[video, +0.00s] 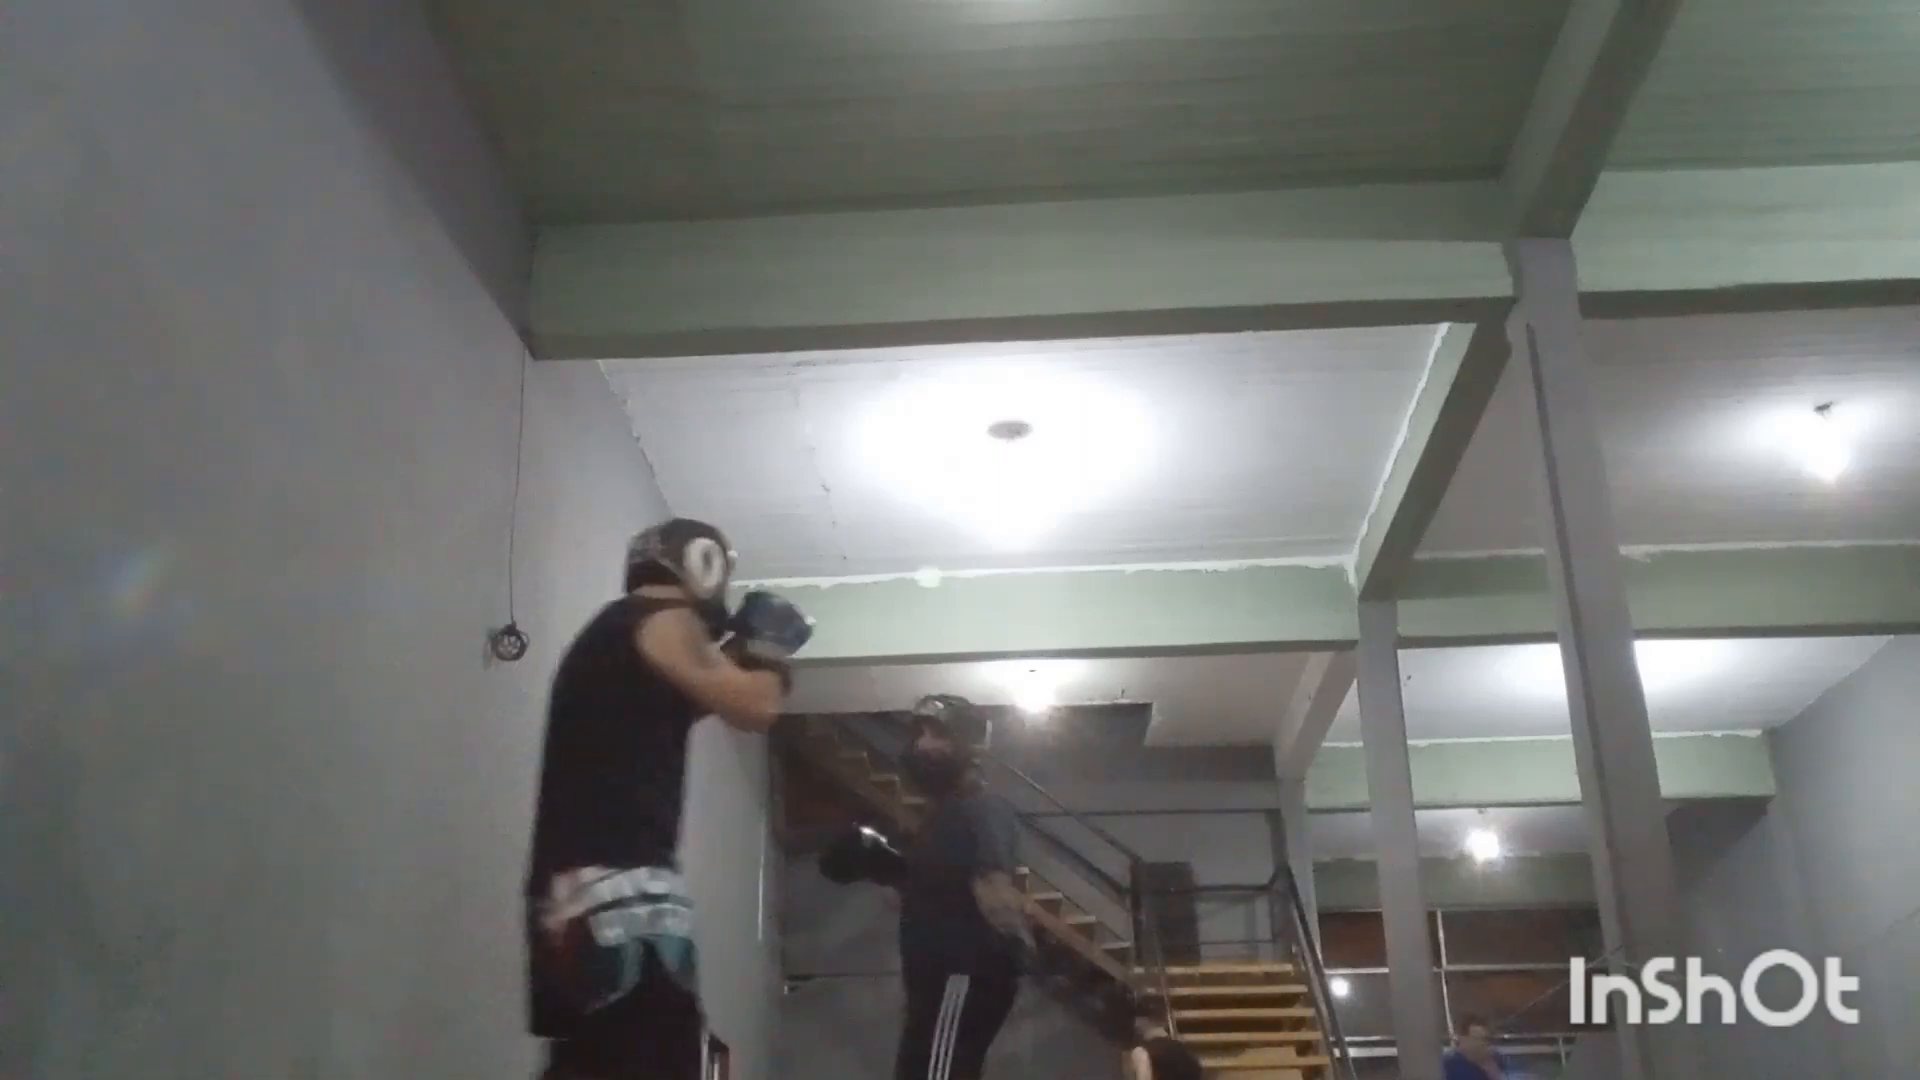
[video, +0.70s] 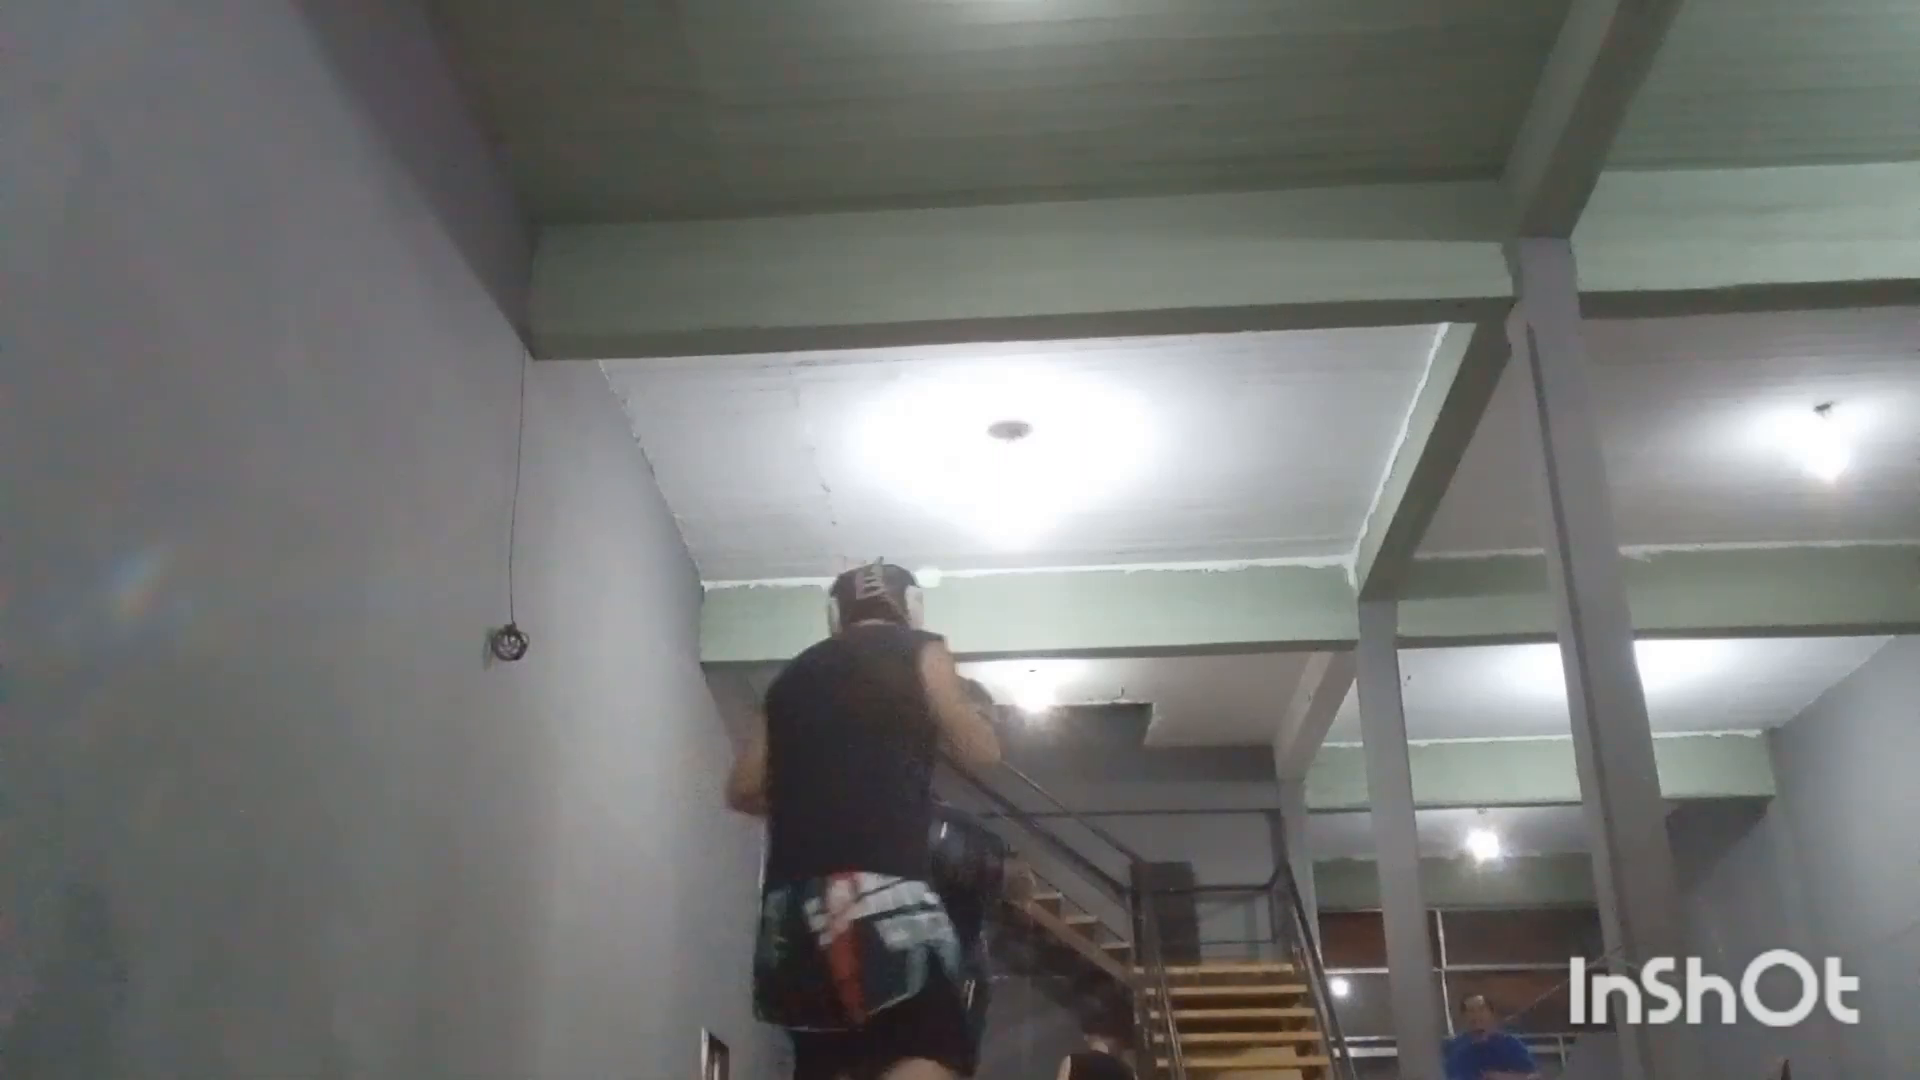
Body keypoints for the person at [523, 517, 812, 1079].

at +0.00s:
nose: (725, 584)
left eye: (725, 571)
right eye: (721, 568)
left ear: (645, 564)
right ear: (698, 563)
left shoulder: (608, 630)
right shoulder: (662, 620)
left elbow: (673, 701)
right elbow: (756, 705)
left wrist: (732, 647)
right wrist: (769, 648)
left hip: (565, 885)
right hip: (619, 886)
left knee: (595, 1051)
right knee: (659, 1052)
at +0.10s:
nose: (757, 581)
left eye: (758, 568)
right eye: (753, 565)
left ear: (679, 563)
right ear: (729, 562)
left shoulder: (643, 631)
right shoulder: (703, 619)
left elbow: (726, 719)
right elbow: (796, 709)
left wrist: (767, 649)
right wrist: (806, 647)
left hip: (611, 866)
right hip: (662, 867)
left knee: (646, 1046)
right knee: (690, 1049)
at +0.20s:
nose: (789, 576)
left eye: (788, 563)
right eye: (783, 561)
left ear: (710, 563)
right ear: (761, 559)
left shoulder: (680, 631)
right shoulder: (741, 619)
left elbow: (753, 749)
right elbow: (829, 712)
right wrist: (838, 653)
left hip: (649, 858)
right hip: (699, 859)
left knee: (690, 1033)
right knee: (716, 1029)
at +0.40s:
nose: (854, 594)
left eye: (853, 581)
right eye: (848, 580)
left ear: (776, 587)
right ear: (826, 582)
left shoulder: (733, 654)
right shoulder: (824, 640)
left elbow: (689, 749)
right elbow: (913, 724)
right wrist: (908, 681)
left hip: (705, 877)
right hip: (769, 883)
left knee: (729, 1050)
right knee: (764, 1054)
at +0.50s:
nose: (883, 610)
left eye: (881, 596)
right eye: (877, 596)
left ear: (803, 603)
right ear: (858, 597)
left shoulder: (757, 673)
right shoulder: (857, 650)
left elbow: (686, 775)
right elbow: (939, 741)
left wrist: (729, 855)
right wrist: (928, 691)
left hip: (743, 881)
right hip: (810, 880)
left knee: (776, 1052)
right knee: (813, 1055)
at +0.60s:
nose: (900, 619)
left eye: (898, 610)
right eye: (896, 610)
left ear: (819, 616)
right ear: (883, 608)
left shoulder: (770, 683)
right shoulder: (888, 652)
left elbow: (706, 787)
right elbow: (958, 750)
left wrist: (757, 843)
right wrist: (943, 706)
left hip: (772, 893)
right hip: (864, 886)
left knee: (804, 1060)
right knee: (872, 1055)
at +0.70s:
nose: (921, 616)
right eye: (918, 609)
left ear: (838, 619)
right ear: (906, 609)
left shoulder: (791, 676)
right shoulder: (921, 651)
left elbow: (744, 789)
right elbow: (981, 753)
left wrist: (814, 806)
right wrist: (963, 699)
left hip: (790, 895)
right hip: (888, 885)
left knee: (822, 1058)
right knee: (930, 1047)